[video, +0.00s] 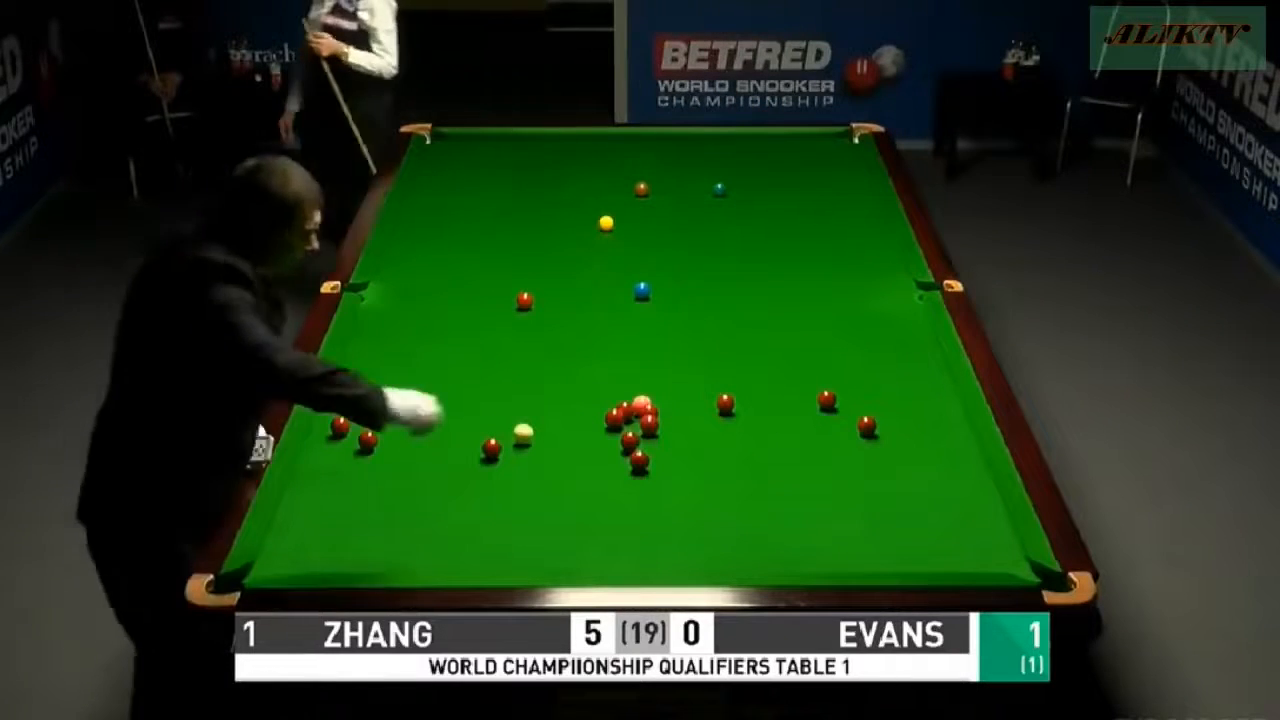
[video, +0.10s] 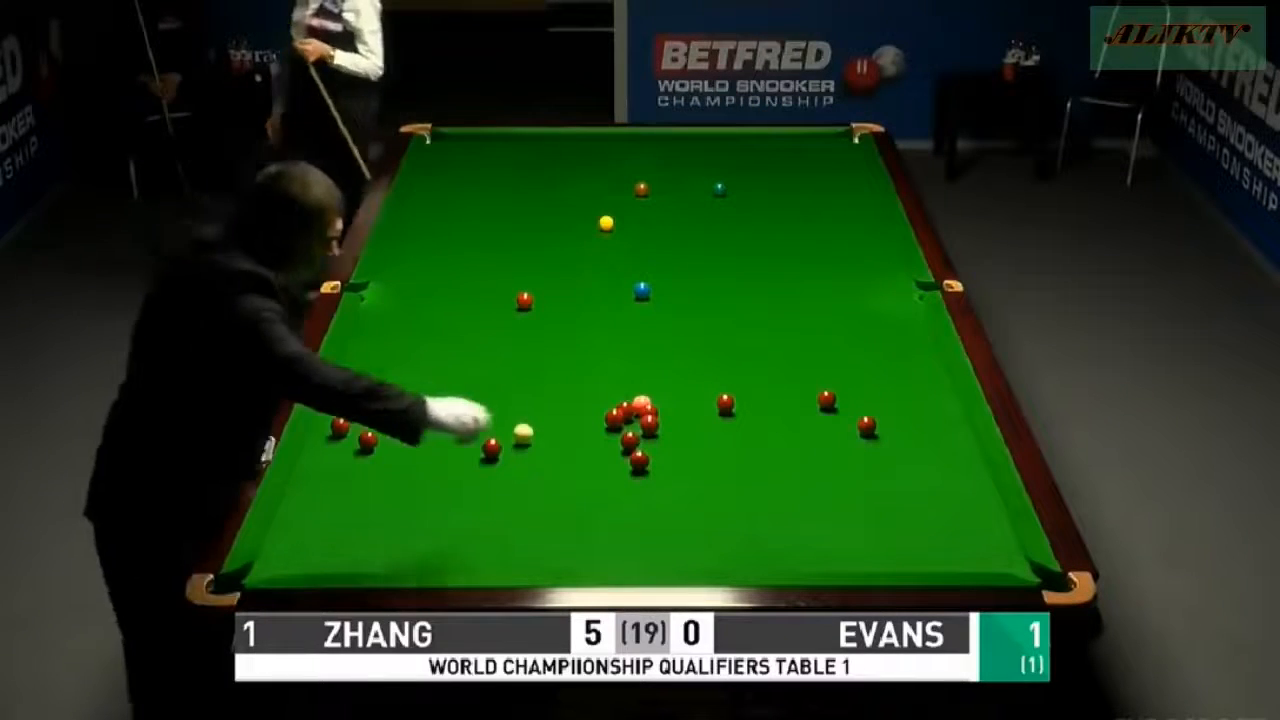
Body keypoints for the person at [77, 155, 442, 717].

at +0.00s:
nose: (314, 242)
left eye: (315, 230)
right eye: (306, 231)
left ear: (252, 220)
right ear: (268, 229)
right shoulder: (210, 284)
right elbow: (271, 363)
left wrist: (236, 436)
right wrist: (379, 402)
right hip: (144, 507)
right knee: (176, 655)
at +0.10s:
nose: (335, 250)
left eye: (336, 239)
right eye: (329, 239)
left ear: (267, 224)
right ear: (291, 238)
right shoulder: (237, 293)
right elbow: (301, 373)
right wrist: (422, 410)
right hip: (154, 508)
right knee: (171, 666)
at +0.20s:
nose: (369, 262)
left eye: (369, 249)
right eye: (363, 251)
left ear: (295, 232)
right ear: (331, 256)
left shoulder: (233, 261)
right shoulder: (283, 327)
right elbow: (360, 402)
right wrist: (477, 440)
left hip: (140, 492)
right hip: (173, 516)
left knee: (169, 666)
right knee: (184, 674)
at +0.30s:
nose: (394, 278)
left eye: (394, 265)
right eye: (389, 267)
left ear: (320, 248)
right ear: (358, 269)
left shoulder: (254, 262)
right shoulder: (318, 337)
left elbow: (186, 308)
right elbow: (389, 419)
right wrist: (505, 461)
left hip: (141, 483)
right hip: (191, 507)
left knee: (159, 655)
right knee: (195, 662)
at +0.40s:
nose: (426, 312)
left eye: (427, 299)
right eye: (422, 300)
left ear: (355, 268)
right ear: (392, 303)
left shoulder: (281, 271)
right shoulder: (357, 364)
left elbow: (201, 327)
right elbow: (429, 443)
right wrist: (543, 491)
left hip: (142, 470)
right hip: (205, 507)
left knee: (161, 649)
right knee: (205, 657)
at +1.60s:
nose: (455, 342)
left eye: (458, 329)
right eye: (454, 331)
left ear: (387, 287)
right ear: (429, 329)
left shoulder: (314, 281)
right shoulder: (384, 383)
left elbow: (222, 316)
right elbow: (457, 465)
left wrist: (240, 402)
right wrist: (575, 506)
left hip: (155, 449)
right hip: (196, 493)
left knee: (160, 635)